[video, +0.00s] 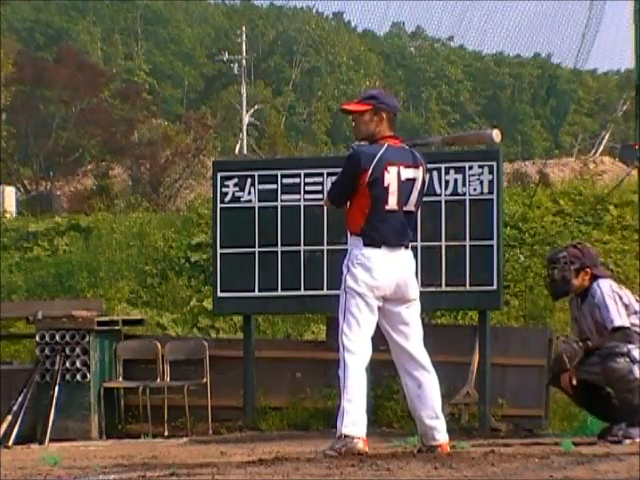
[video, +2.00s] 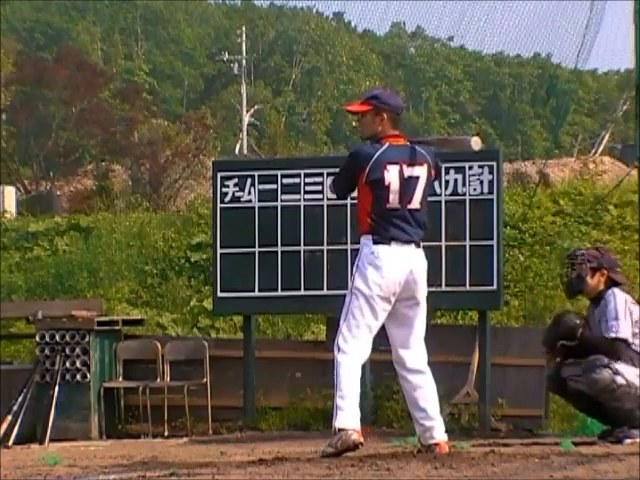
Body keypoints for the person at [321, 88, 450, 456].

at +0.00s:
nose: (354, 123)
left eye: (359, 117)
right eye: (354, 117)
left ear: (380, 119)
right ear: (384, 121)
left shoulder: (363, 155)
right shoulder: (416, 159)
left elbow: (335, 199)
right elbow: (405, 203)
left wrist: (357, 171)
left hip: (367, 261)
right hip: (403, 261)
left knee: (354, 349)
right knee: (413, 352)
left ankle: (352, 435)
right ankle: (436, 437)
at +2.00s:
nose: (358, 121)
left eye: (364, 116)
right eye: (360, 116)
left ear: (382, 118)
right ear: (391, 119)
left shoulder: (365, 154)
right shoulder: (424, 155)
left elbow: (338, 190)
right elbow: (433, 175)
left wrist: (366, 162)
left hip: (379, 257)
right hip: (416, 259)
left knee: (350, 345)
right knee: (412, 353)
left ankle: (347, 427)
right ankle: (435, 437)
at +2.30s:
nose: (352, 119)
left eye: (355, 114)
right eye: (353, 113)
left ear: (367, 116)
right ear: (386, 118)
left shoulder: (352, 153)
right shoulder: (411, 157)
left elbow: (325, 186)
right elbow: (410, 191)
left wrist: (352, 145)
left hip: (365, 258)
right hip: (403, 258)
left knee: (344, 345)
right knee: (410, 347)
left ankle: (342, 431)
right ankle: (440, 433)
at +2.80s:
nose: (365, 119)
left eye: (366, 114)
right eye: (366, 113)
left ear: (374, 119)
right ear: (400, 119)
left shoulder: (358, 160)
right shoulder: (418, 163)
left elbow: (336, 208)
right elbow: (409, 209)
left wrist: (344, 180)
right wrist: (358, 185)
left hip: (367, 263)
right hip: (406, 263)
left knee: (348, 346)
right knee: (411, 349)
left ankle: (343, 431)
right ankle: (441, 433)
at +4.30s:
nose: (340, 123)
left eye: (346, 118)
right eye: (341, 117)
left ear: (366, 121)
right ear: (371, 123)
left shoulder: (359, 156)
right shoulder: (398, 157)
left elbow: (332, 214)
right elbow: (367, 195)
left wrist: (316, 202)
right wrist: (332, 170)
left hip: (375, 261)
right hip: (406, 261)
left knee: (341, 351)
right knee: (404, 356)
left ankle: (348, 437)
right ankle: (440, 436)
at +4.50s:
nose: (320, 122)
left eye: (325, 116)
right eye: (320, 117)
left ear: (345, 120)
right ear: (346, 121)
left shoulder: (351, 153)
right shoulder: (362, 155)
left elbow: (360, 217)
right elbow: (328, 215)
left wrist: (328, 229)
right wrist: (289, 190)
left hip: (370, 257)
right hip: (390, 257)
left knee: (340, 350)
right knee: (358, 350)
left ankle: (346, 437)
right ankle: (400, 423)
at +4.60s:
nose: (308, 127)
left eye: (314, 122)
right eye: (309, 122)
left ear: (334, 125)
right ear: (331, 127)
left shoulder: (344, 159)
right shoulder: (338, 163)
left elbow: (363, 215)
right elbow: (319, 224)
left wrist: (328, 235)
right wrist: (276, 208)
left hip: (372, 259)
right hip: (379, 260)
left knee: (342, 348)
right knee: (352, 349)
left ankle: (347, 437)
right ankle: (355, 436)